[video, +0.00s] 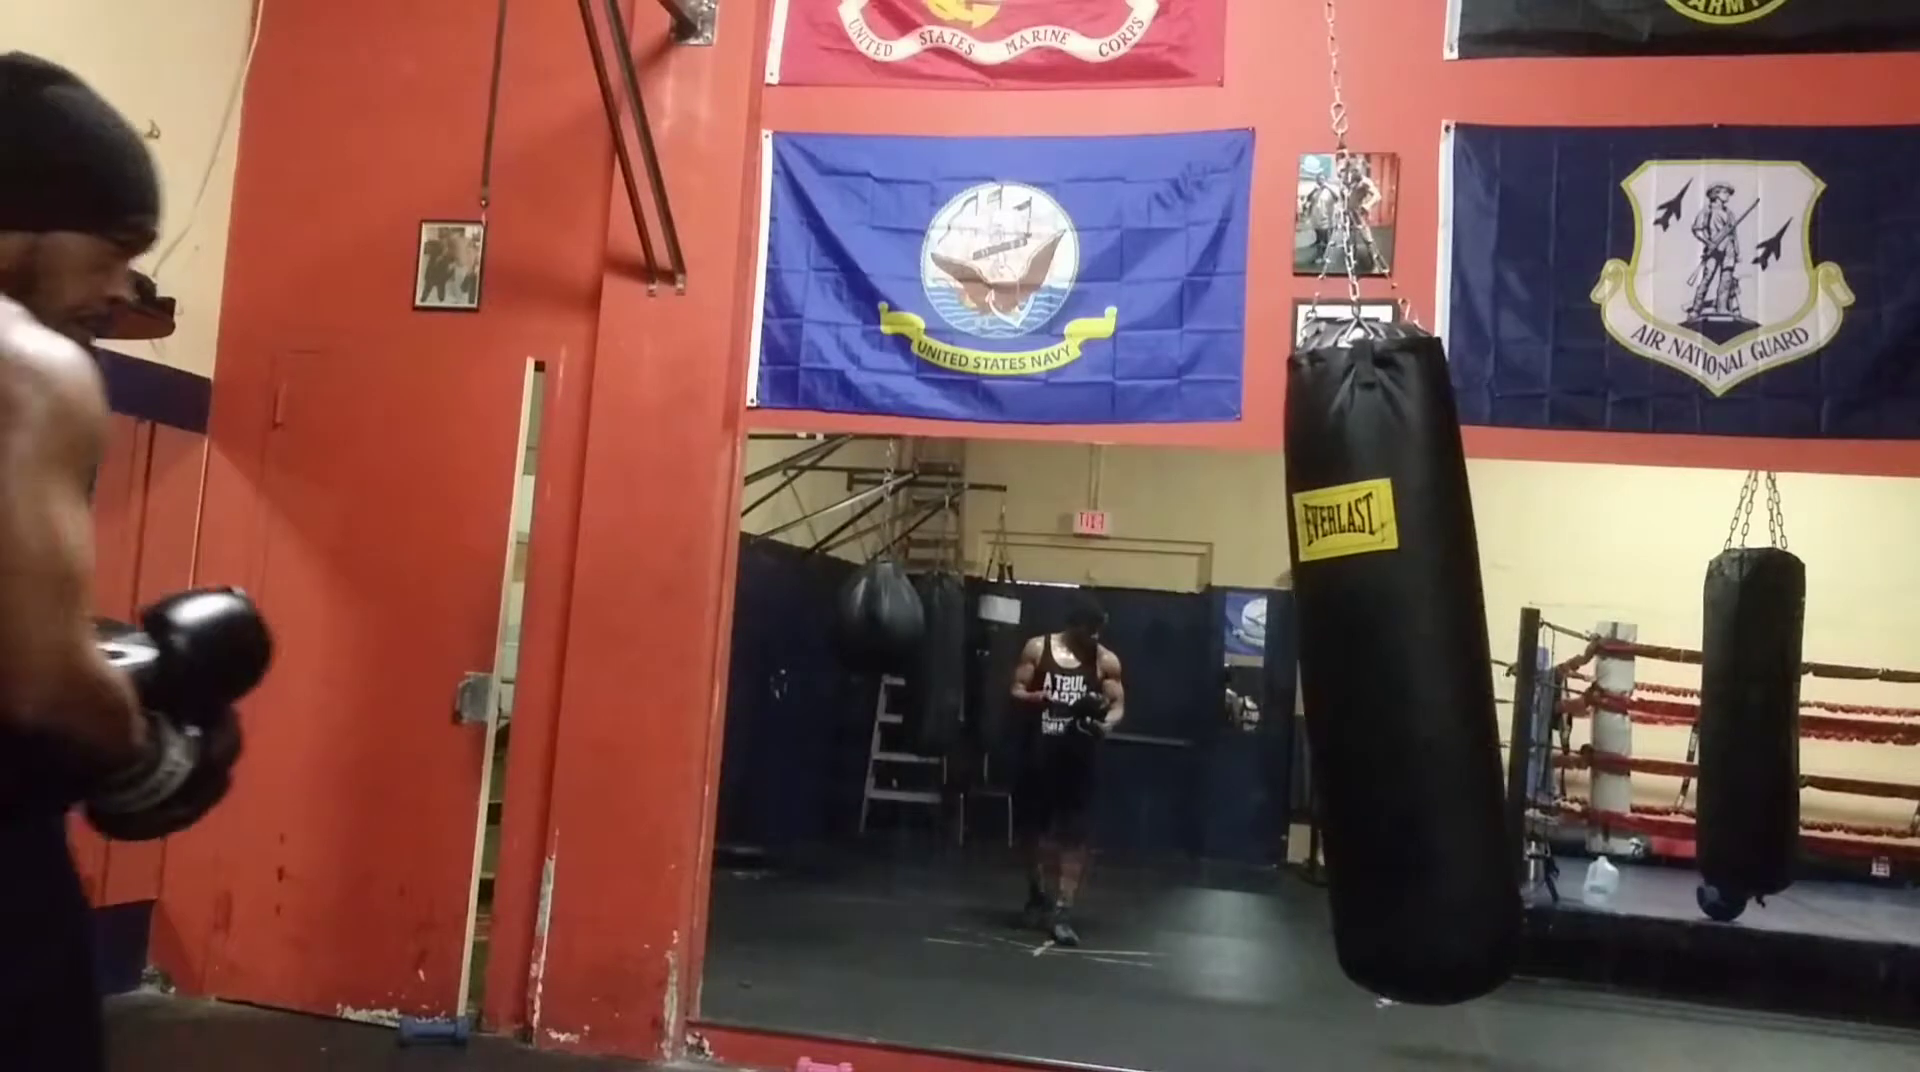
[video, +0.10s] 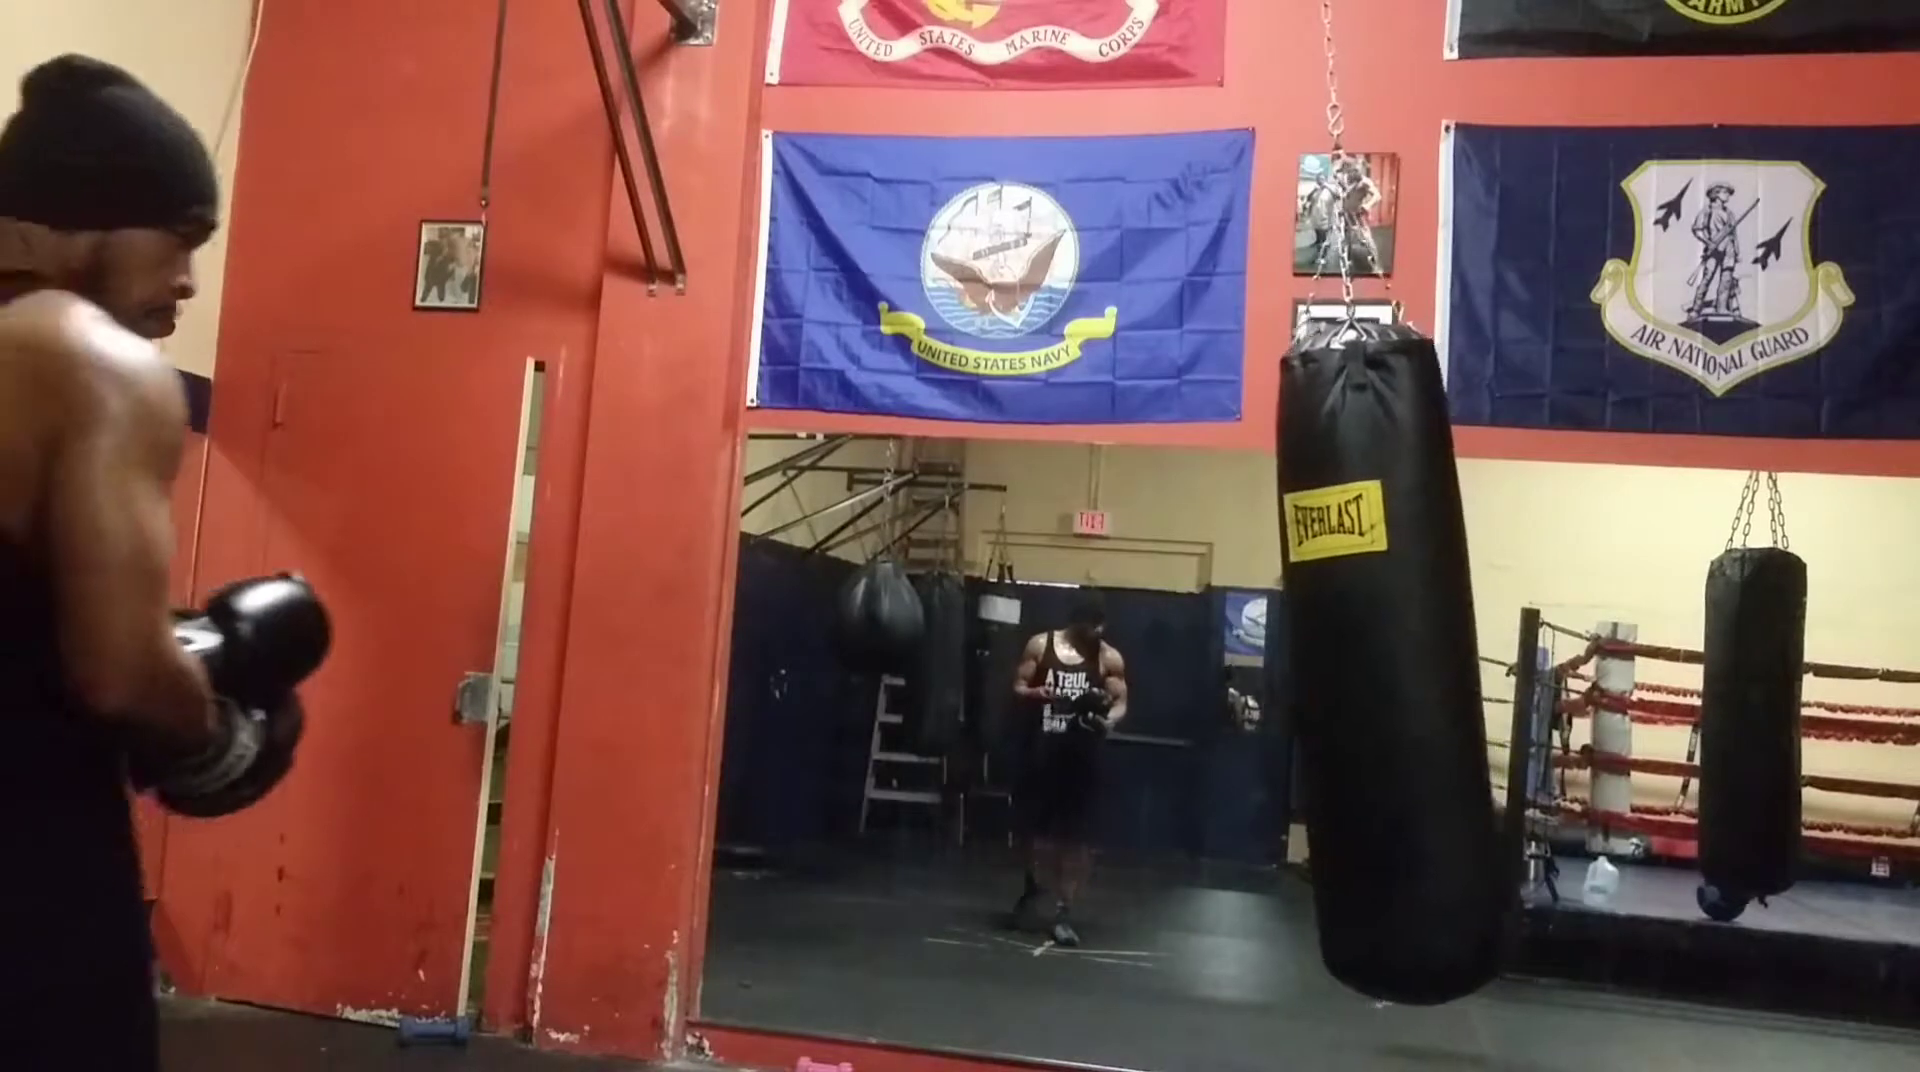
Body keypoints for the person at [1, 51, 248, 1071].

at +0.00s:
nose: (125, 290)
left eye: (135, 260)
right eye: (117, 250)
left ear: (24, 236)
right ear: (29, 228)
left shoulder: (41, 370)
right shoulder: (37, 371)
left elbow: (27, 652)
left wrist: (117, 672)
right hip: (15, 893)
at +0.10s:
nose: (186, 286)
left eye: (192, 252)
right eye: (178, 247)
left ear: (63, 226)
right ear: (87, 226)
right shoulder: (98, 367)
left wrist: (173, 647)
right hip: (38, 877)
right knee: (73, 1044)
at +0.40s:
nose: (306, 318)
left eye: (314, 283)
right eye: (300, 276)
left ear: (159, 248)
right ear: (210, 259)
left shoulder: (19, 325)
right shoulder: (243, 384)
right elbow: (285, 661)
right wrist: (351, 709)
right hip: (144, 842)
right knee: (161, 1043)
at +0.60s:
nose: (352, 334)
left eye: (355, 306)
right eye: (343, 301)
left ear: (199, 275)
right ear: (271, 288)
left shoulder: (31, 379)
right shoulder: (303, 405)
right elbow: (341, 667)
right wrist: (389, 708)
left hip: (30, 828)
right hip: (199, 856)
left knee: (42, 1037)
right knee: (204, 1045)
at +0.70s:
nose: (366, 340)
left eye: (367, 313)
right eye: (356, 310)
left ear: (211, 288)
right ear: (295, 303)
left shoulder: (49, 411)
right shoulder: (325, 417)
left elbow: (24, 637)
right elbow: (362, 660)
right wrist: (413, 704)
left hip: (74, 834)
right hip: (239, 854)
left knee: (70, 1044)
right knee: (238, 1047)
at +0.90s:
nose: (388, 365)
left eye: (392, 341)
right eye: (383, 338)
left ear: (255, 309)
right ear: (327, 325)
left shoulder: (104, 430)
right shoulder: (355, 425)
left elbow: (44, 646)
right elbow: (397, 658)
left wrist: (180, 646)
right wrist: (445, 711)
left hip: (136, 840)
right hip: (296, 850)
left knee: (128, 1047)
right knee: (303, 1048)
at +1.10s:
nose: (411, 394)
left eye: (417, 376)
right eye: (413, 374)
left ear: (288, 329)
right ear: (384, 361)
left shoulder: (137, 439)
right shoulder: (384, 442)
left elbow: (84, 645)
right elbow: (426, 662)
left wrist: (216, 657)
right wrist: (470, 710)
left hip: (166, 844)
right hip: (328, 858)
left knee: (162, 1047)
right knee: (353, 1048)